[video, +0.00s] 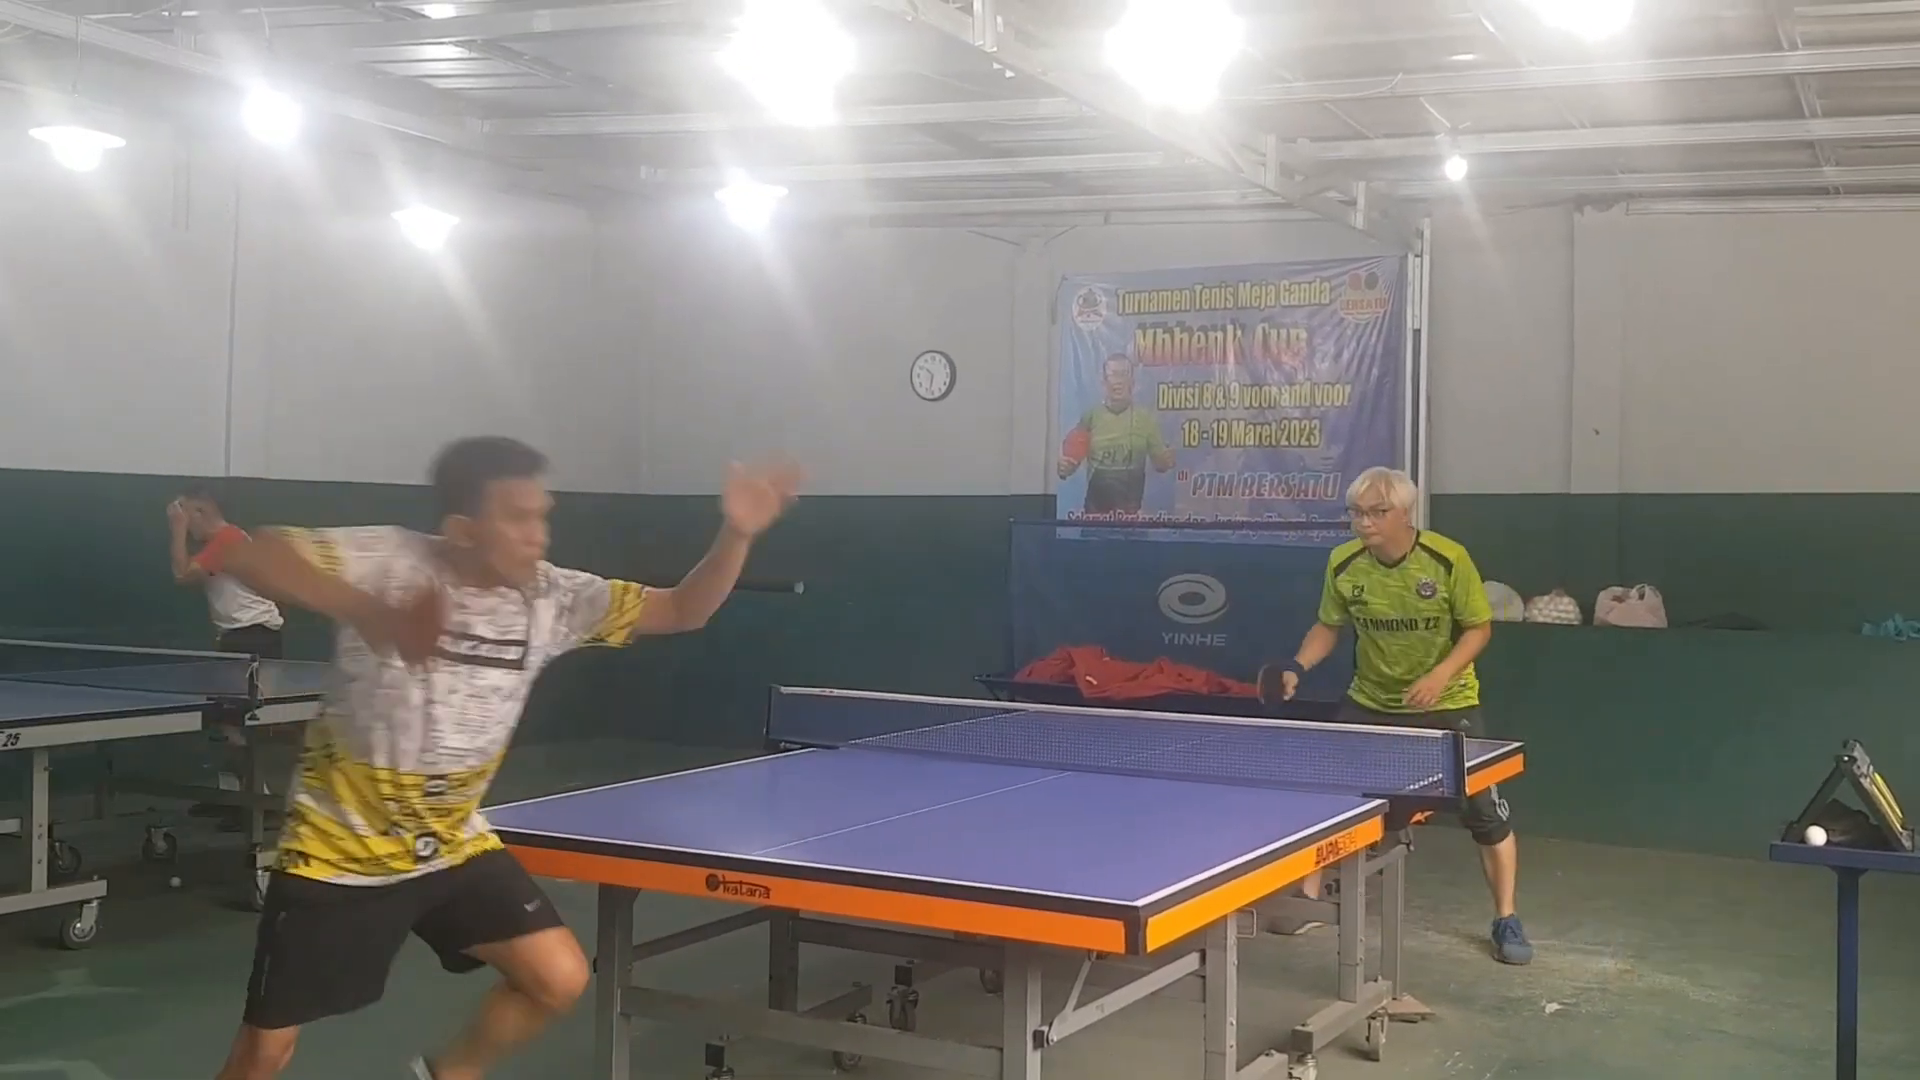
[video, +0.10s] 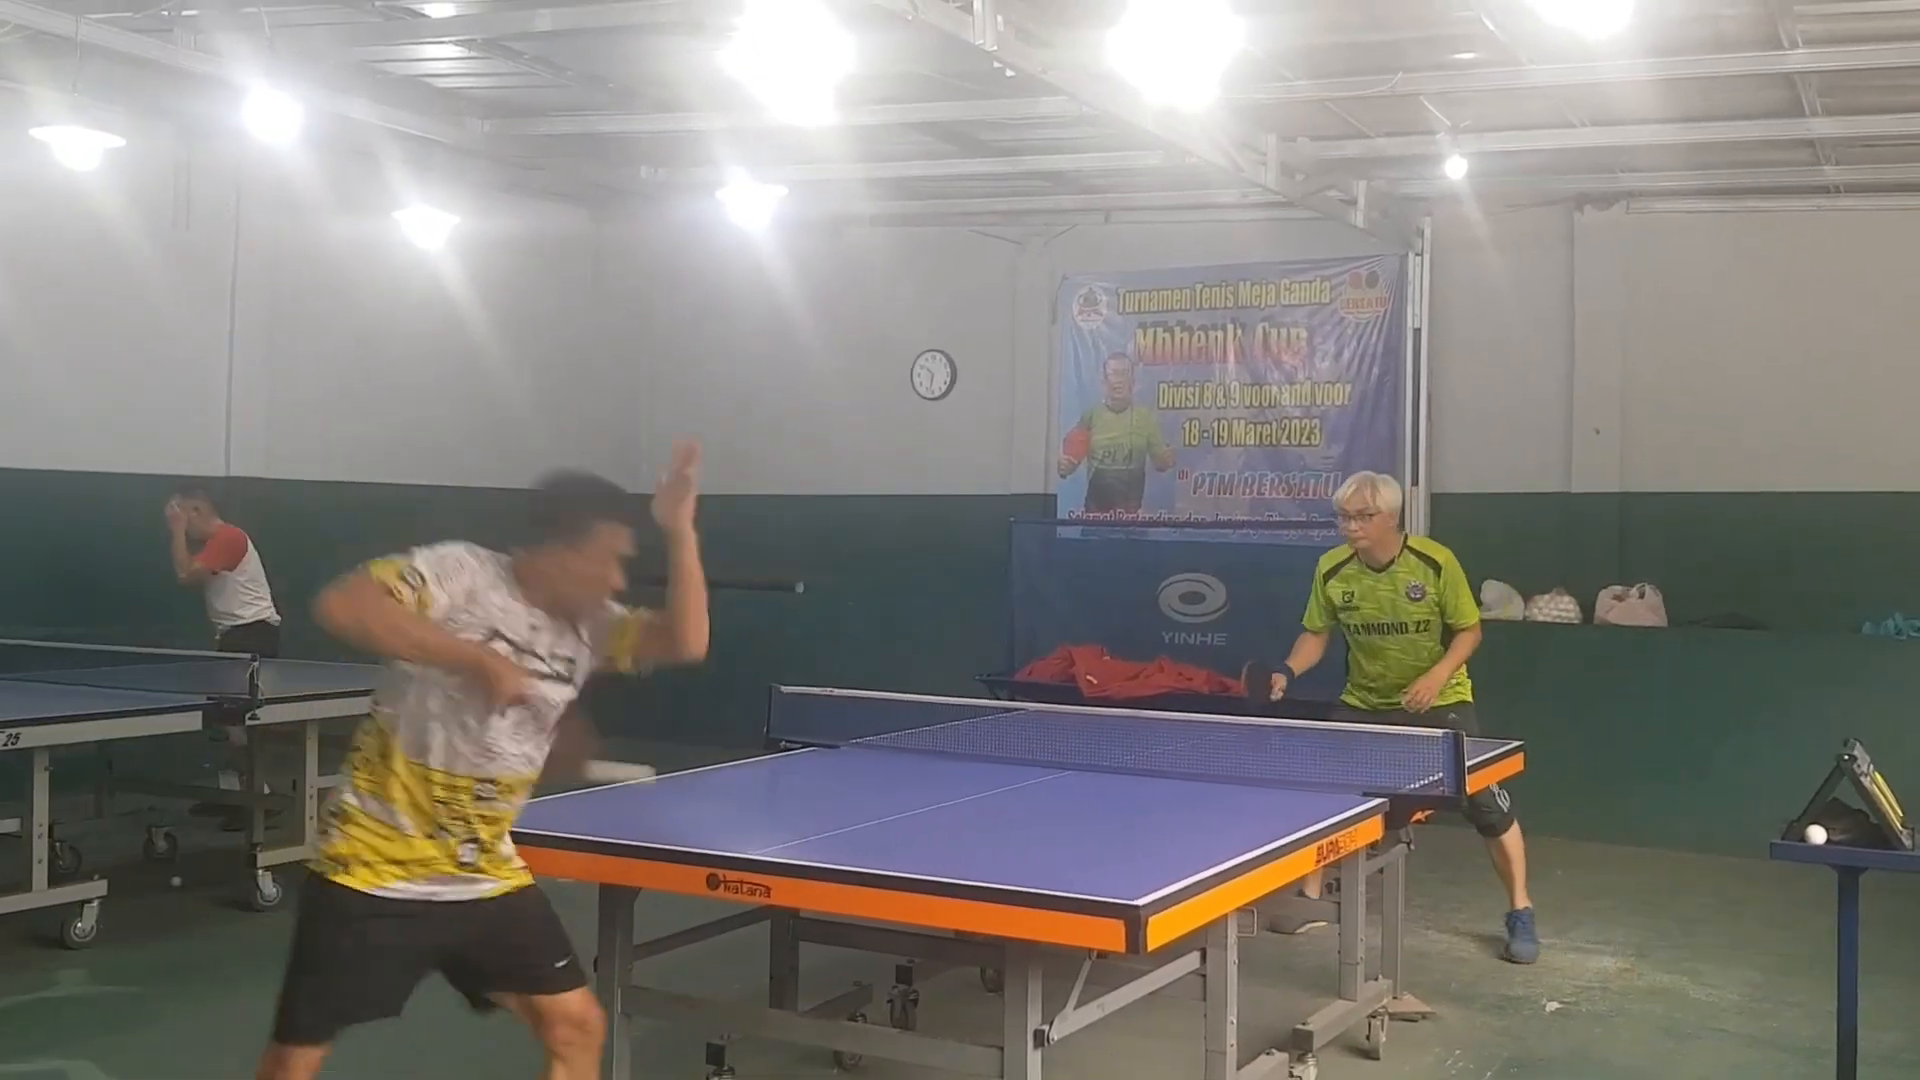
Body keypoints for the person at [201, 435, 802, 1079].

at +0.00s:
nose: (537, 536)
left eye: (541, 517)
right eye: (517, 517)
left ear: (546, 521)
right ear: (459, 525)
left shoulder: (552, 596)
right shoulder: (390, 559)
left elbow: (680, 610)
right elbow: (245, 553)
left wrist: (736, 536)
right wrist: (374, 614)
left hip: (453, 837)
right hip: (338, 842)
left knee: (558, 979)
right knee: (265, 1048)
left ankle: (450, 1069)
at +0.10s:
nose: (620, 583)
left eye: (624, 564)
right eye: (611, 560)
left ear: (576, 555)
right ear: (558, 549)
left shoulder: (588, 625)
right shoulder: (460, 573)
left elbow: (685, 642)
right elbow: (342, 604)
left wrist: (681, 532)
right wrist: (475, 659)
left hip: (484, 868)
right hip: (370, 863)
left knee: (577, 1025)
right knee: (294, 1060)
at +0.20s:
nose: (678, 622)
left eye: (684, 607)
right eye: (674, 603)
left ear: (626, 600)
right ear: (626, 595)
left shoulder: (619, 671)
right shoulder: (505, 604)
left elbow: (704, 710)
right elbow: (377, 677)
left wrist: (702, 592)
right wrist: (490, 608)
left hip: (506, 893)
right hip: (401, 888)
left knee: (611, 1034)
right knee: (353, 1070)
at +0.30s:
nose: (696, 640)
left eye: (701, 625)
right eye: (696, 620)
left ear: (653, 612)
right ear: (654, 611)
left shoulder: (638, 689)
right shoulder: (521, 616)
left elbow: (717, 755)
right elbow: (389, 701)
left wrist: (738, 650)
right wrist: (468, 625)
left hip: (510, 895)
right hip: (412, 884)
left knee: (620, 1033)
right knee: (395, 1072)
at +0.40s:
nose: (693, 633)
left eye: (696, 616)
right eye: (693, 614)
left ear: (651, 610)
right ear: (657, 609)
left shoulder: (634, 689)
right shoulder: (514, 617)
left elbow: (711, 763)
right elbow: (399, 709)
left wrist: (747, 681)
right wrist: (495, 668)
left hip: (505, 888)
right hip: (409, 876)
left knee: (615, 1027)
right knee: (409, 1069)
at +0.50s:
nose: (671, 615)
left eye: (674, 600)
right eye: (669, 597)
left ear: (627, 591)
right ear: (630, 589)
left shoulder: (608, 671)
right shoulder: (496, 614)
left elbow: (678, 758)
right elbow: (406, 718)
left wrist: (726, 702)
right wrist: (535, 694)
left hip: (491, 886)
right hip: (398, 877)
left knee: (598, 1025)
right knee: (401, 1076)